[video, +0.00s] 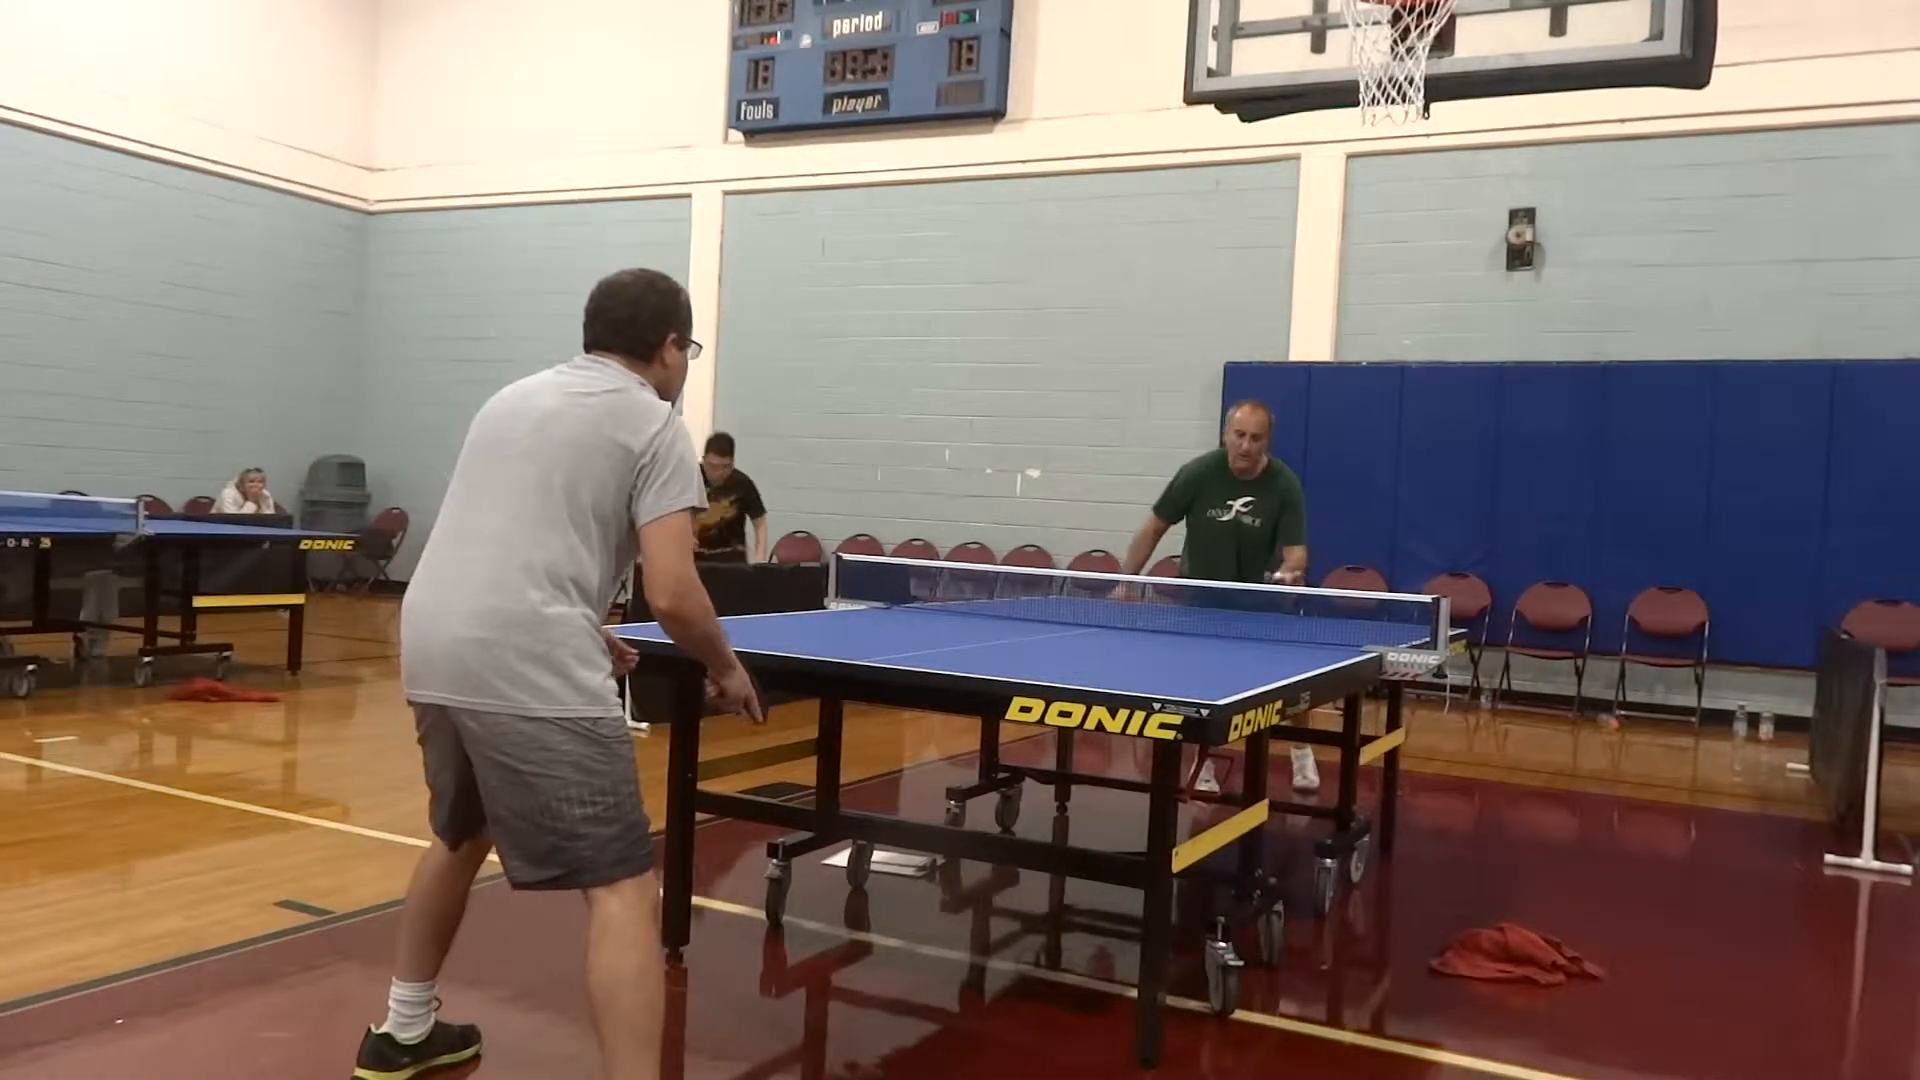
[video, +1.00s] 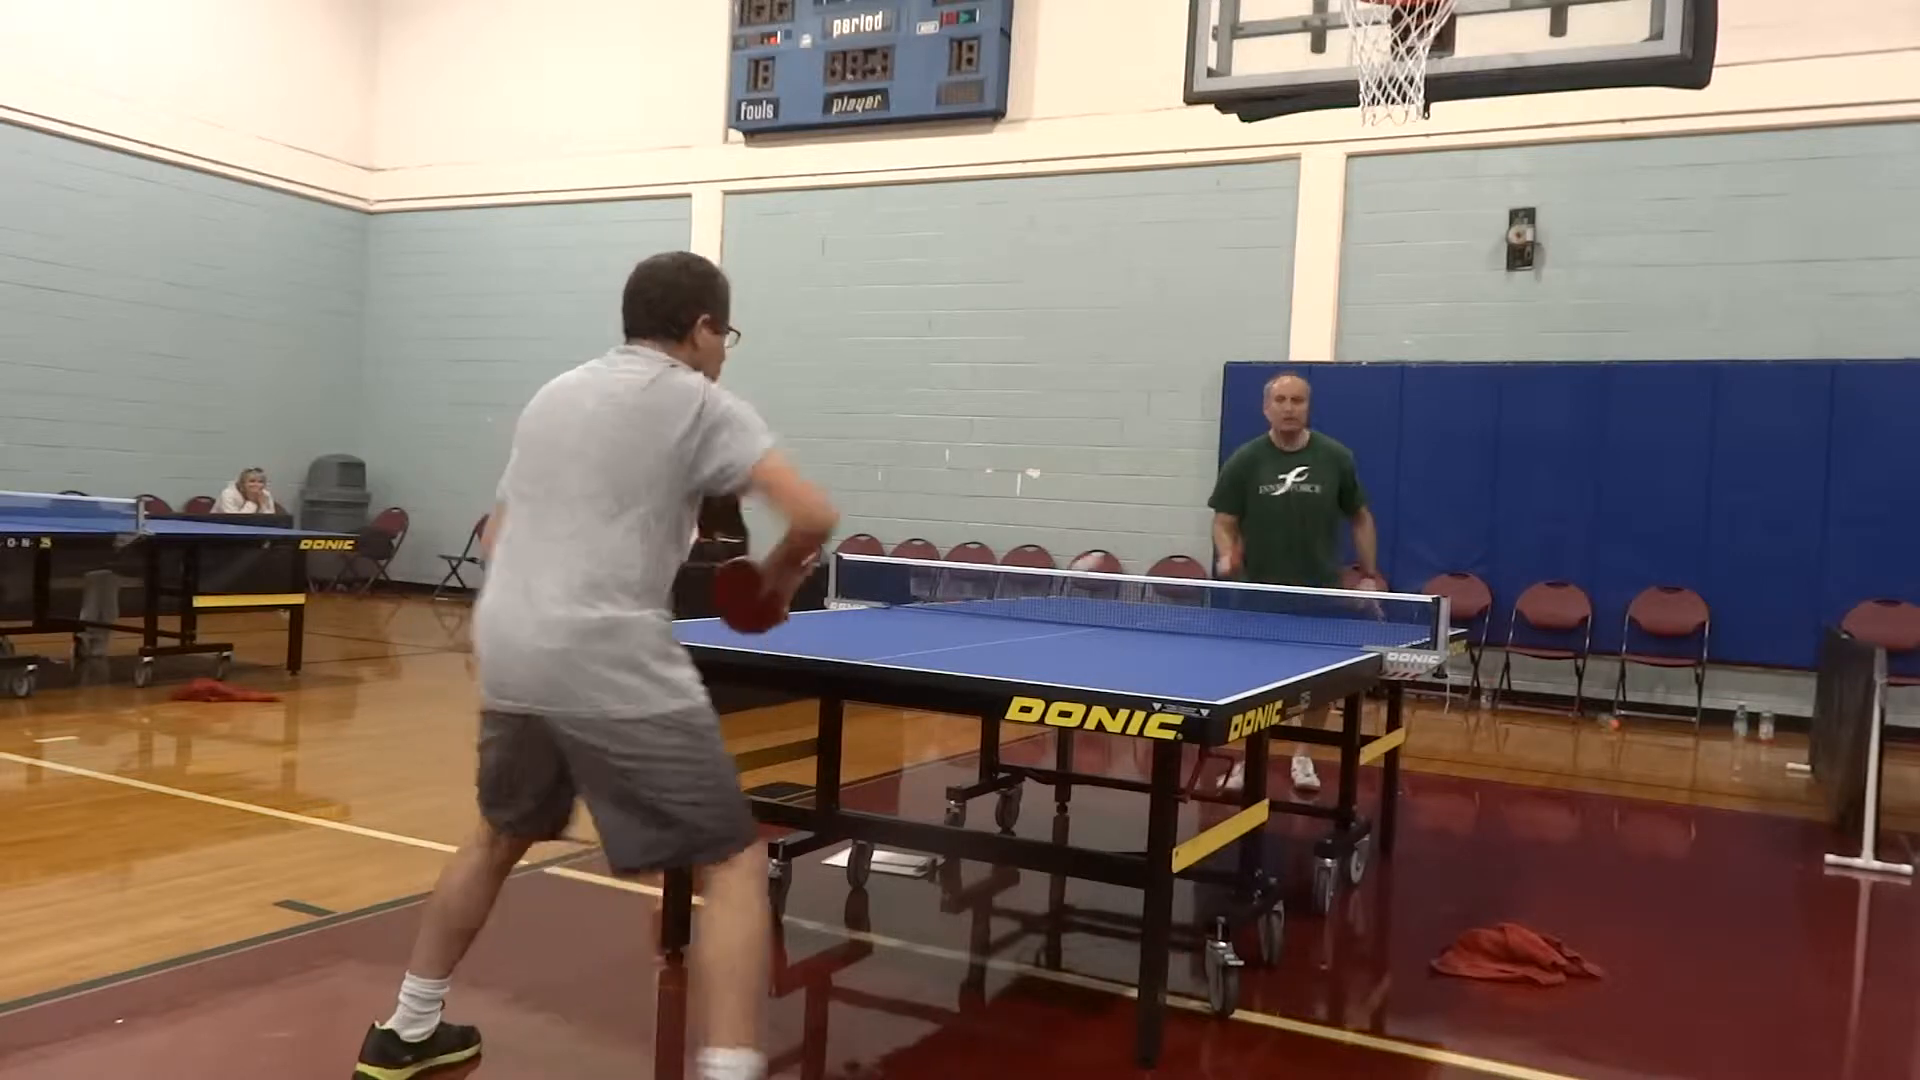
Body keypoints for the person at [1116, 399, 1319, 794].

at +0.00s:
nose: (1245, 445)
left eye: (1255, 437)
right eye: (1238, 435)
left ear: (1268, 441)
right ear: (1225, 435)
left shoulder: (1284, 484)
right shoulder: (1197, 475)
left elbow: (1296, 551)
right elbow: (1154, 527)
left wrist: (1290, 571)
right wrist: (1127, 580)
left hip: (1260, 602)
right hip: (1203, 598)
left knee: (1281, 673)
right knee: (1201, 676)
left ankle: (1300, 749)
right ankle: (1207, 759)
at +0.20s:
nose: (1261, 424)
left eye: (1269, 416)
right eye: (1254, 414)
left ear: (1279, 422)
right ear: (1237, 417)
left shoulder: (1296, 468)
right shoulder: (1209, 461)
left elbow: (1314, 538)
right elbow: (1170, 523)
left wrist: (1311, 521)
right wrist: (1171, 577)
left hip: (1268, 591)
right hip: (1210, 588)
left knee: (1293, 668)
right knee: (1207, 671)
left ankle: (1302, 748)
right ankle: (1208, 757)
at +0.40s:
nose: (1274, 413)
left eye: (1281, 405)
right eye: (1265, 404)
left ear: (1288, 411)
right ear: (1244, 408)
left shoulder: (1306, 459)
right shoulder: (1218, 454)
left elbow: (1325, 519)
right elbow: (1197, 522)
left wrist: (1342, 524)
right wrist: (1250, 550)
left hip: (1283, 590)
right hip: (1222, 587)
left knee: (1298, 669)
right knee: (1215, 666)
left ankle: (1302, 750)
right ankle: (1211, 755)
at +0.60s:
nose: (1282, 426)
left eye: (1288, 417)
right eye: (1273, 417)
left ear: (1295, 420)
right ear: (1253, 419)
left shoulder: (1311, 466)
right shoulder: (1230, 464)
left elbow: (1334, 533)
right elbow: (1229, 537)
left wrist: (1356, 572)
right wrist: (1284, 560)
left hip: (1292, 594)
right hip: (1232, 591)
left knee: (1306, 671)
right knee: (1222, 668)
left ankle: (1300, 754)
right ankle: (1211, 757)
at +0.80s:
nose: (1289, 414)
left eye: (1297, 406)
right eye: (1280, 406)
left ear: (1306, 411)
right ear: (1263, 410)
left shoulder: (1329, 460)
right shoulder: (1240, 460)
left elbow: (1344, 518)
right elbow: (1226, 525)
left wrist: (1356, 573)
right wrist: (1224, 567)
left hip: (1310, 595)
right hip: (1250, 593)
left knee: (1321, 679)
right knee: (1233, 673)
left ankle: (1302, 756)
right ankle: (1214, 758)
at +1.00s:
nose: (1289, 408)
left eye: (1297, 400)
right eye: (1280, 400)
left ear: (1309, 406)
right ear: (1266, 407)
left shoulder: (1336, 458)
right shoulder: (1245, 461)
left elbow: (1359, 515)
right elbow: (1224, 520)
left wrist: (1369, 572)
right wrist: (1228, 550)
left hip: (1319, 594)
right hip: (1259, 593)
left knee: (1323, 680)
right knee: (1254, 674)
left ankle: (1303, 755)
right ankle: (1247, 759)